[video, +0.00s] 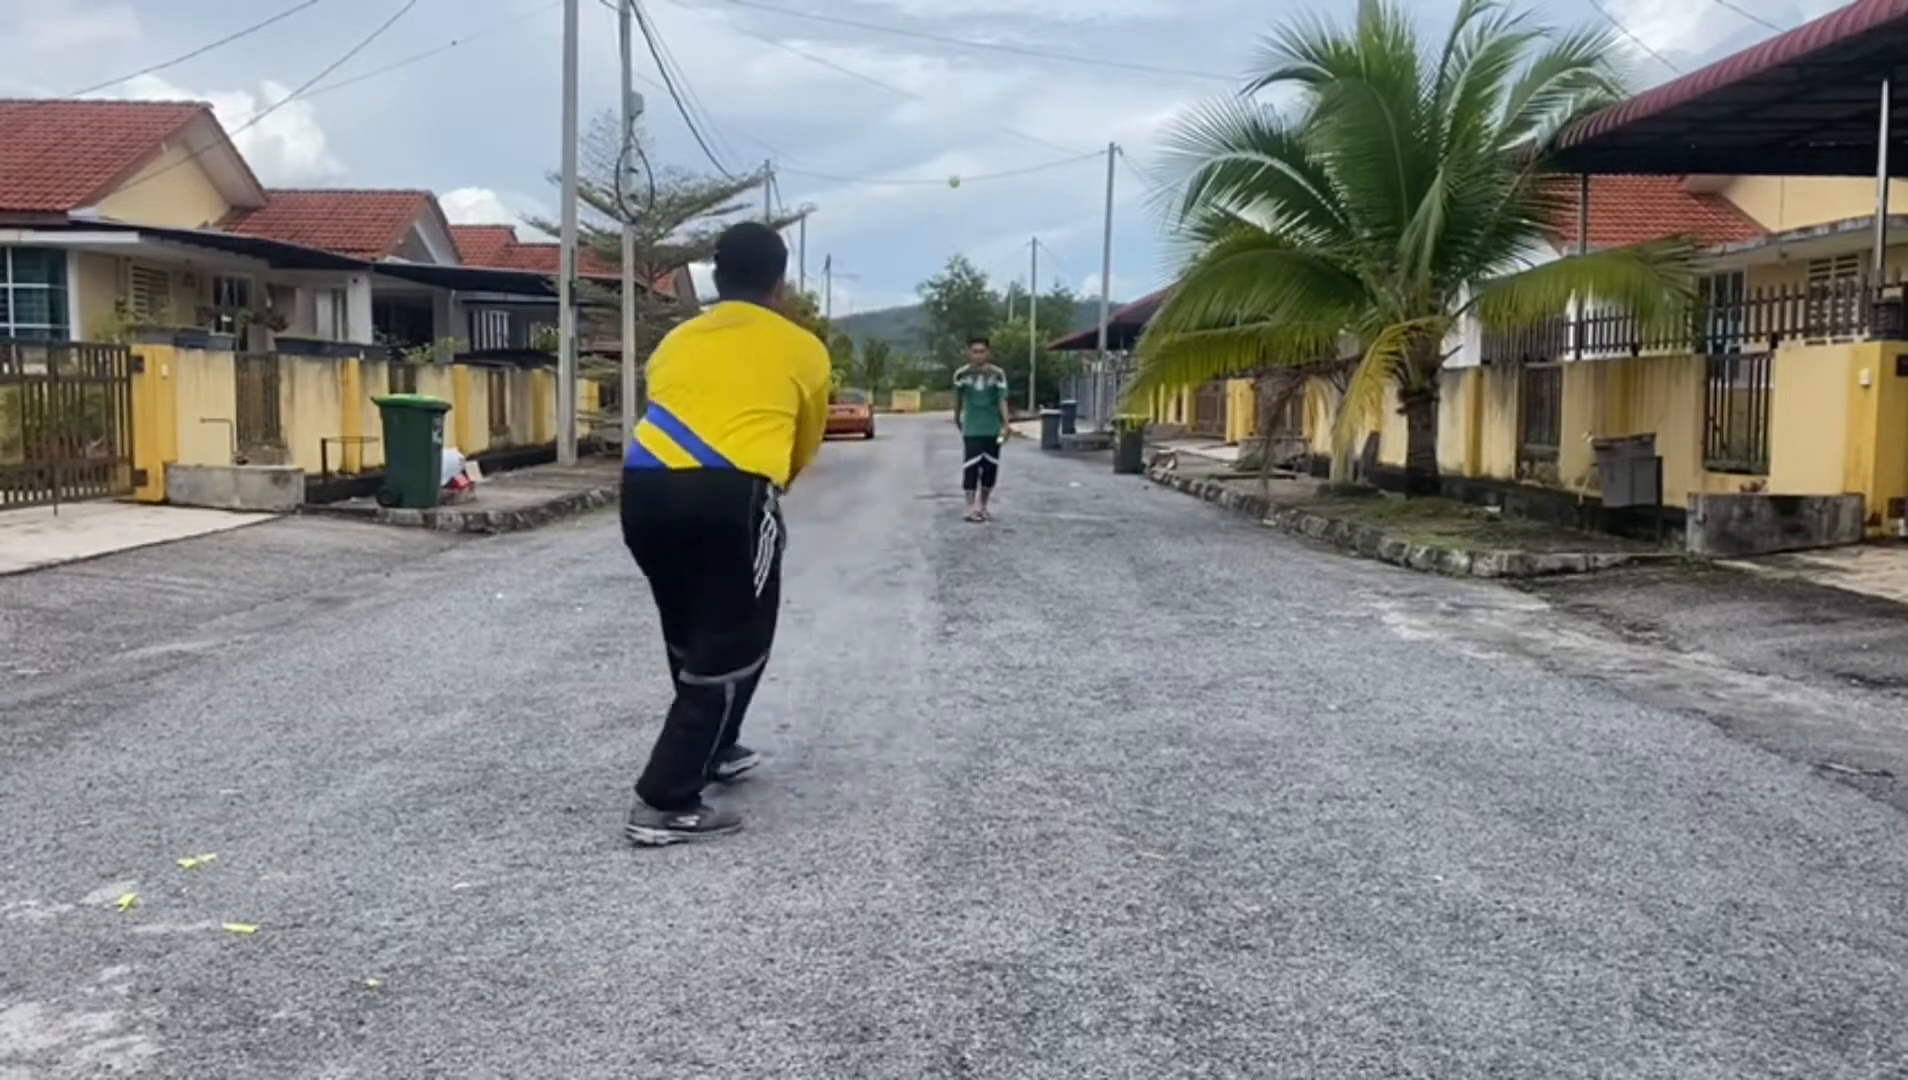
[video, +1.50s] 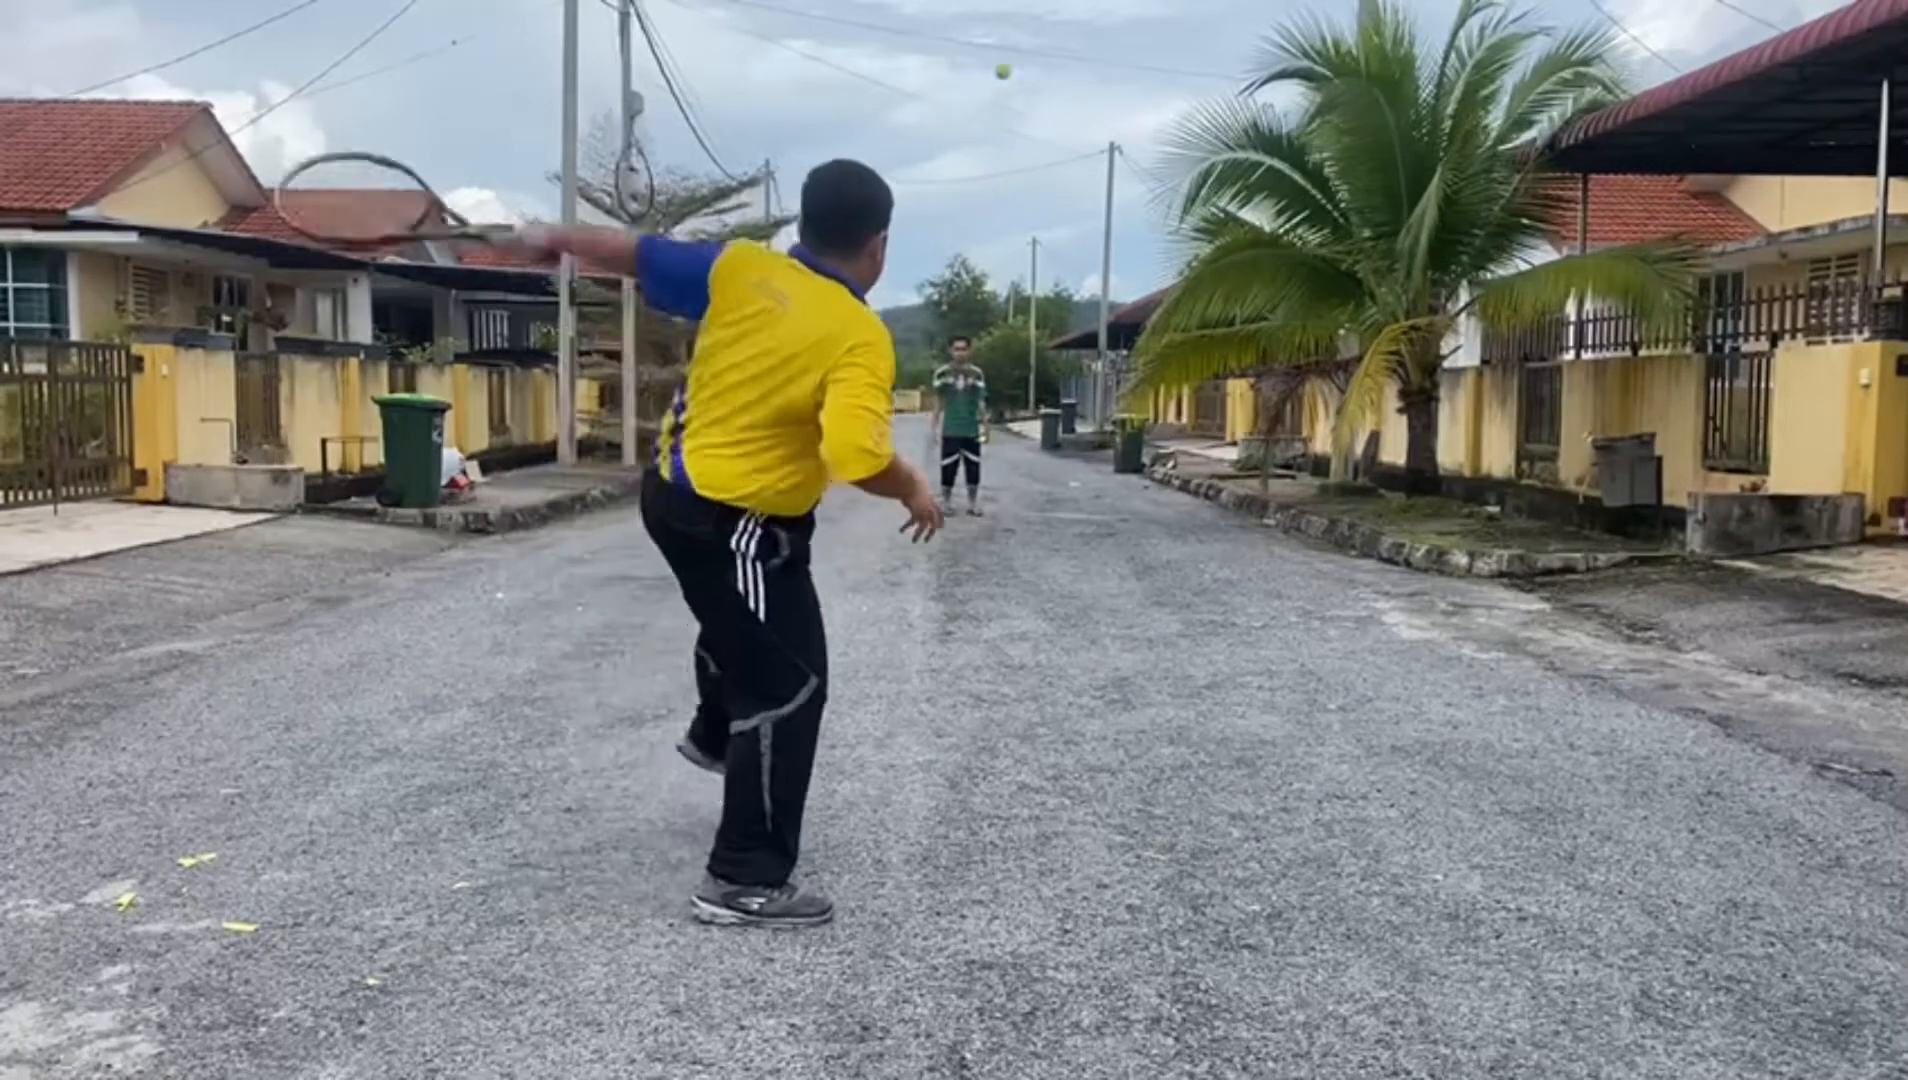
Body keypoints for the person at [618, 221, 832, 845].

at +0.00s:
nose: (789, 289)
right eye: (787, 280)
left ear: (718, 279)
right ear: (779, 283)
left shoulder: (679, 336)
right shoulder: (803, 348)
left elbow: (661, 407)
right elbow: (804, 449)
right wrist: (762, 482)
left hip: (647, 494)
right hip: (729, 499)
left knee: (691, 630)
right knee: (728, 651)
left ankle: (712, 749)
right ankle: (665, 802)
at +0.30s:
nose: (755, 317)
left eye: (755, 307)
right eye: (755, 306)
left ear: (688, 300)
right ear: (745, 307)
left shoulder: (651, 348)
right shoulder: (746, 369)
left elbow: (654, 462)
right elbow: (769, 475)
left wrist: (723, 537)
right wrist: (789, 538)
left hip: (551, 491)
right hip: (631, 497)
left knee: (607, 650)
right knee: (706, 638)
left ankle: (579, 799)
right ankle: (648, 796)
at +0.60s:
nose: (743, 314)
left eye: (743, 302)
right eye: (742, 301)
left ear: (673, 295)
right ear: (729, 300)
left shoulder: (661, 345)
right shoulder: (700, 355)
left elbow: (718, 477)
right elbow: (740, 475)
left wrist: (792, 536)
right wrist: (828, 516)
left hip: (548, 504)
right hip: (577, 518)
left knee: (603, 664)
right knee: (628, 675)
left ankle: (595, 793)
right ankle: (571, 863)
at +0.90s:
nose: (771, 265)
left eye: (769, 254)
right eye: (764, 253)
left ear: (708, 254)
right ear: (739, 257)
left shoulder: (748, 321)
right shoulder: (659, 311)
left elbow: (784, 394)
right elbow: (687, 398)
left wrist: (807, 367)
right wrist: (748, 315)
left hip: (654, 515)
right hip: (582, 507)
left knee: (692, 640)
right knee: (609, 671)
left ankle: (654, 793)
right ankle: (571, 860)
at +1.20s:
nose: (804, 265)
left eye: (802, 252)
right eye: (801, 252)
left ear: (751, 255)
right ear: (779, 257)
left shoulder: (779, 319)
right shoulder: (691, 312)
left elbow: (848, 354)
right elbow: (638, 413)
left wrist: (919, 369)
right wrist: (734, 402)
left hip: (714, 516)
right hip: (658, 512)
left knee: (746, 650)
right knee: (743, 647)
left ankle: (683, 795)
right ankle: (638, 802)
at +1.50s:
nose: (886, 252)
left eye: (884, 238)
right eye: (886, 239)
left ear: (805, 228)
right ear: (875, 242)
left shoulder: (739, 266)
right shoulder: (858, 333)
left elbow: (634, 252)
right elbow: (856, 456)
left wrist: (555, 236)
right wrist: (913, 484)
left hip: (675, 496)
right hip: (749, 526)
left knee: (735, 617)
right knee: (785, 687)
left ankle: (715, 730)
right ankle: (747, 875)